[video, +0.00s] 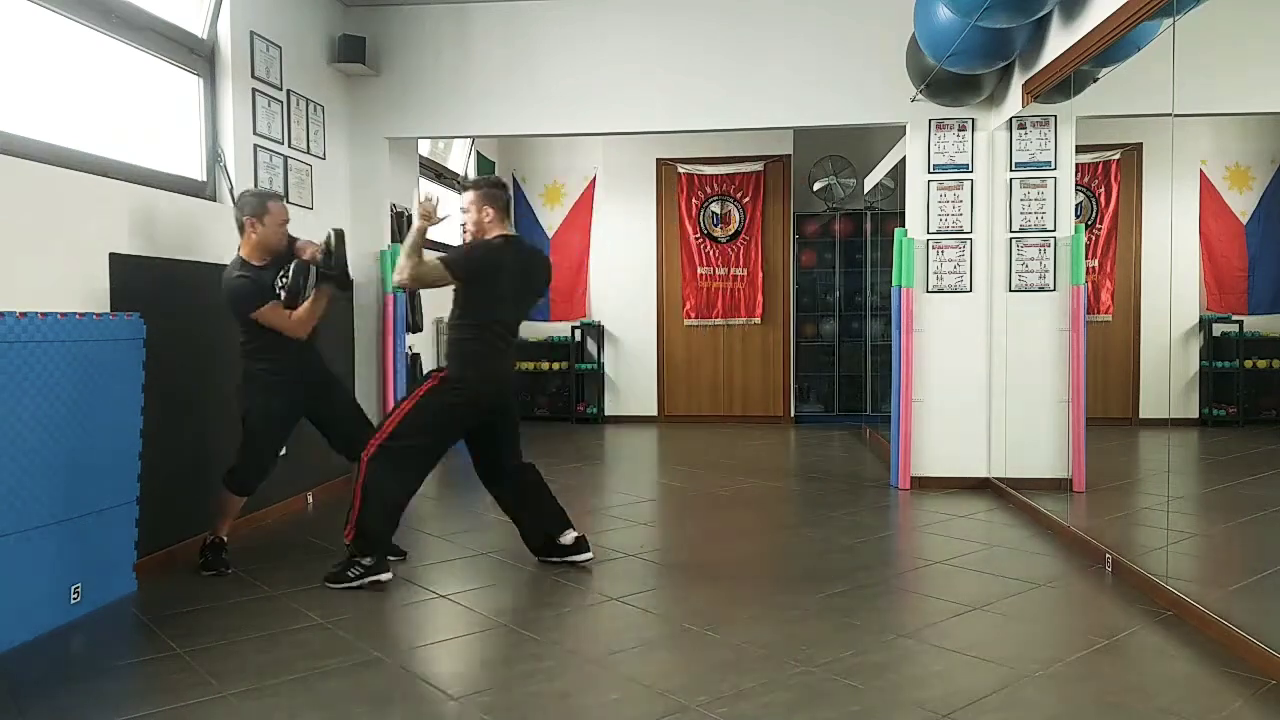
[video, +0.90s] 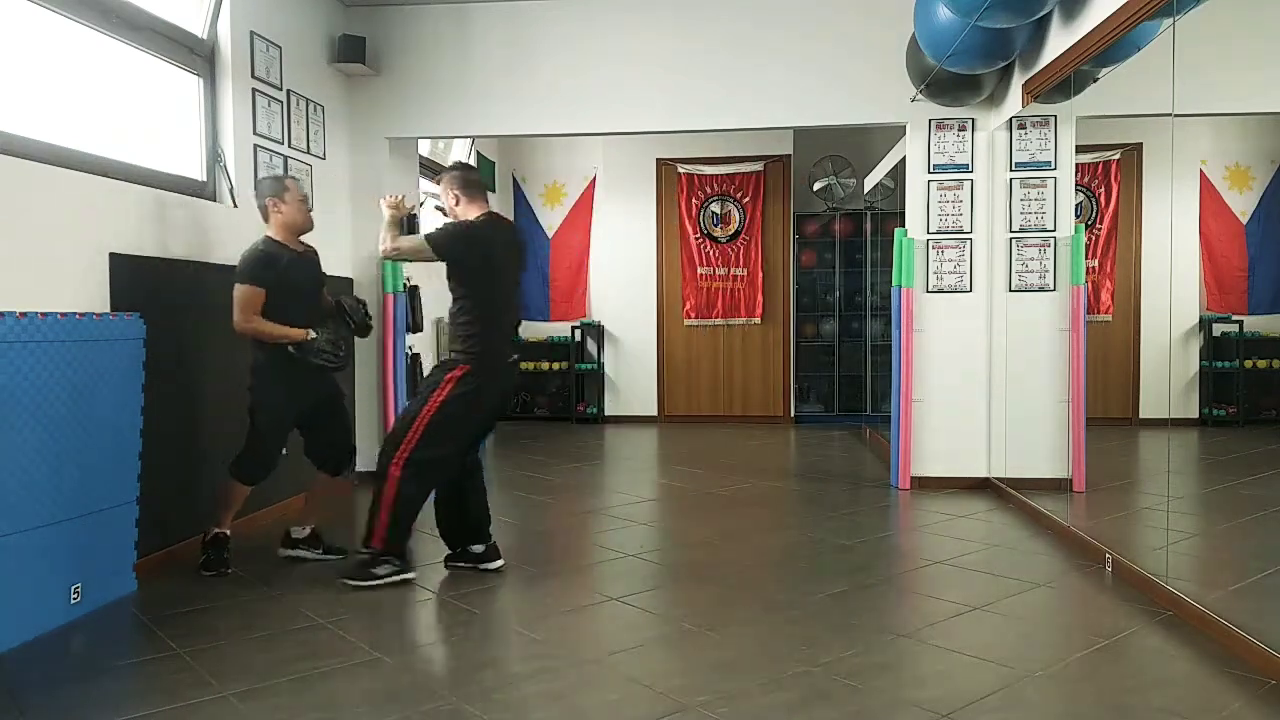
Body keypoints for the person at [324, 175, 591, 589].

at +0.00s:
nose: (463, 223)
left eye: (467, 214)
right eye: (463, 215)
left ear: (490, 214)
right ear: (503, 216)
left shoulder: (482, 255)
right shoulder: (537, 263)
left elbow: (406, 274)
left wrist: (419, 226)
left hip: (461, 380)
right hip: (498, 382)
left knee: (381, 455)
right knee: (504, 467)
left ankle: (366, 557)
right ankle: (562, 540)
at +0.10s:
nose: (400, 216)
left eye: (403, 209)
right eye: (399, 209)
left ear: (421, 210)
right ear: (440, 210)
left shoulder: (430, 261)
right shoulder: (464, 248)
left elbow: (357, 277)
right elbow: (428, 275)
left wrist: (370, 217)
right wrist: (404, 252)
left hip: (437, 382)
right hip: (467, 378)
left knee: (371, 457)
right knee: (483, 465)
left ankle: (345, 560)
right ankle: (559, 529)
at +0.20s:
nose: (356, 222)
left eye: (359, 215)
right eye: (356, 215)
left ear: (378, 219)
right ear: (391, 216)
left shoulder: (419, 268)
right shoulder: (392, 249)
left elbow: (369, 308)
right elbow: (316, 224)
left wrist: (358, 247)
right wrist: (336, 265)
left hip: (420, 380)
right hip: (446, 377)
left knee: (360, 457)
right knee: (474, 464)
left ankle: (334, 561)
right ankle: (549, 531)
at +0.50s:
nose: (343, 203)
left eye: (343, 195)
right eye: (342, 195)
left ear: (358, 192)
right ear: (379, 187)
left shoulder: (390, 242)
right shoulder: (405, 222)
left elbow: (320, 278)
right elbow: (339, 273)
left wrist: (315, 219)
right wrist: (325, 213)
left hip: (398, 365)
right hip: (428, 361)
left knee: (344, 456)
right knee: (434, 450)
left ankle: (332, 560)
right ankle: (506, 520)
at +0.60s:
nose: (356, 202)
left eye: (357, 193)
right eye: (353, 194)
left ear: (372, 191)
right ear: (395, 187)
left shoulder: (392, 243)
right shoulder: (426, 219)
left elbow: (322, 273)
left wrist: (322, 216)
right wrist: (364, 163)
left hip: (401, 369)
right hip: (439, 363)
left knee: (348, 459)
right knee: (429, 454)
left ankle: (332, 560)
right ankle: (491, 523)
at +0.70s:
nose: (381, 206)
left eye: (381, 197)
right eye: (379, 198)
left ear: (396, 194)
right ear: (420, 190)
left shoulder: (414, 244)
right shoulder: (452, 232)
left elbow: (342, 269)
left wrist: (345, 217)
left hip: (415, 373)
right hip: (452, 370)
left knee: (359, 461)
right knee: (426, 457)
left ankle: (330, 560)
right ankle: (475, 537)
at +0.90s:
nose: (445, 210)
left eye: (445, 201)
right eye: (444, 202)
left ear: (457, 196)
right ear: (483, 193)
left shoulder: (465, 235)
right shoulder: (511, 233)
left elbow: (391, 248)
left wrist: (391, 216)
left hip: (468, 367)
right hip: (498, 367)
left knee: (403, 449)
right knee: (454, 448)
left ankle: (387, 555)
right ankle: (475, 547)